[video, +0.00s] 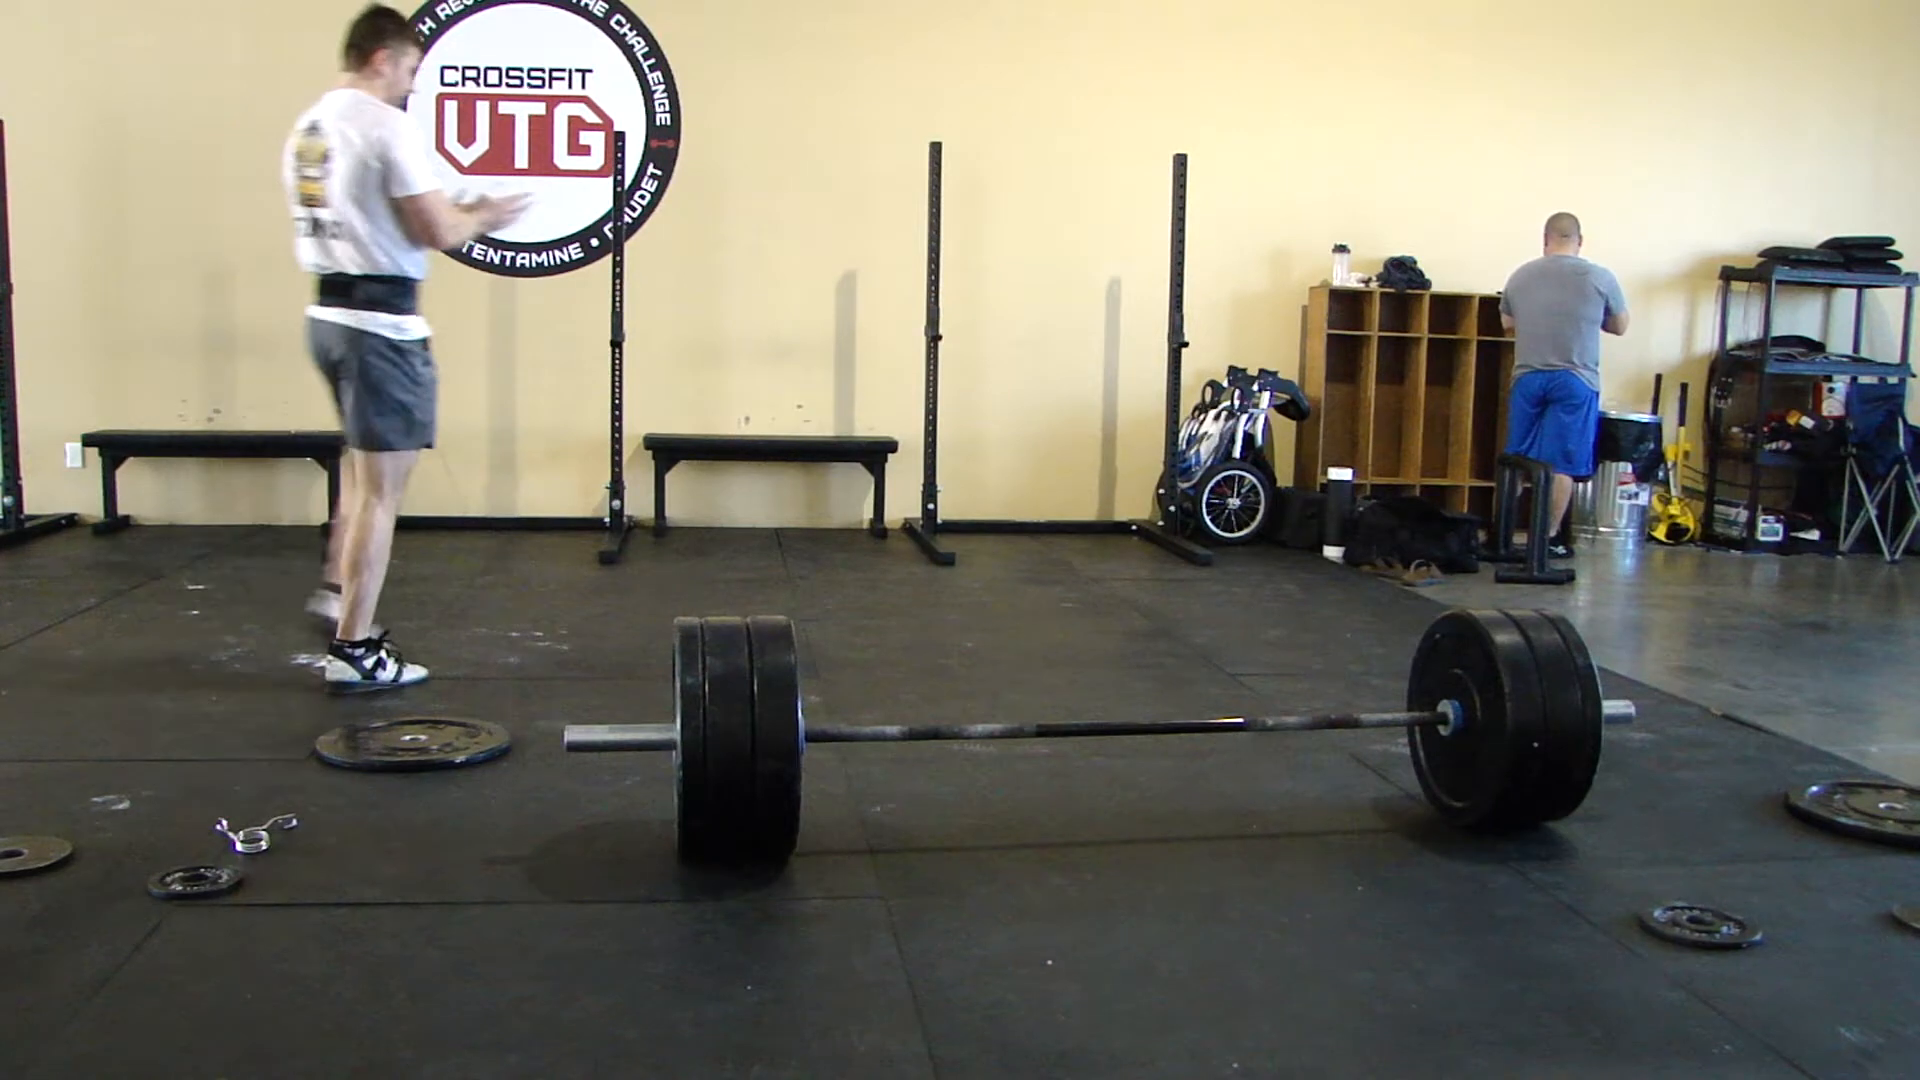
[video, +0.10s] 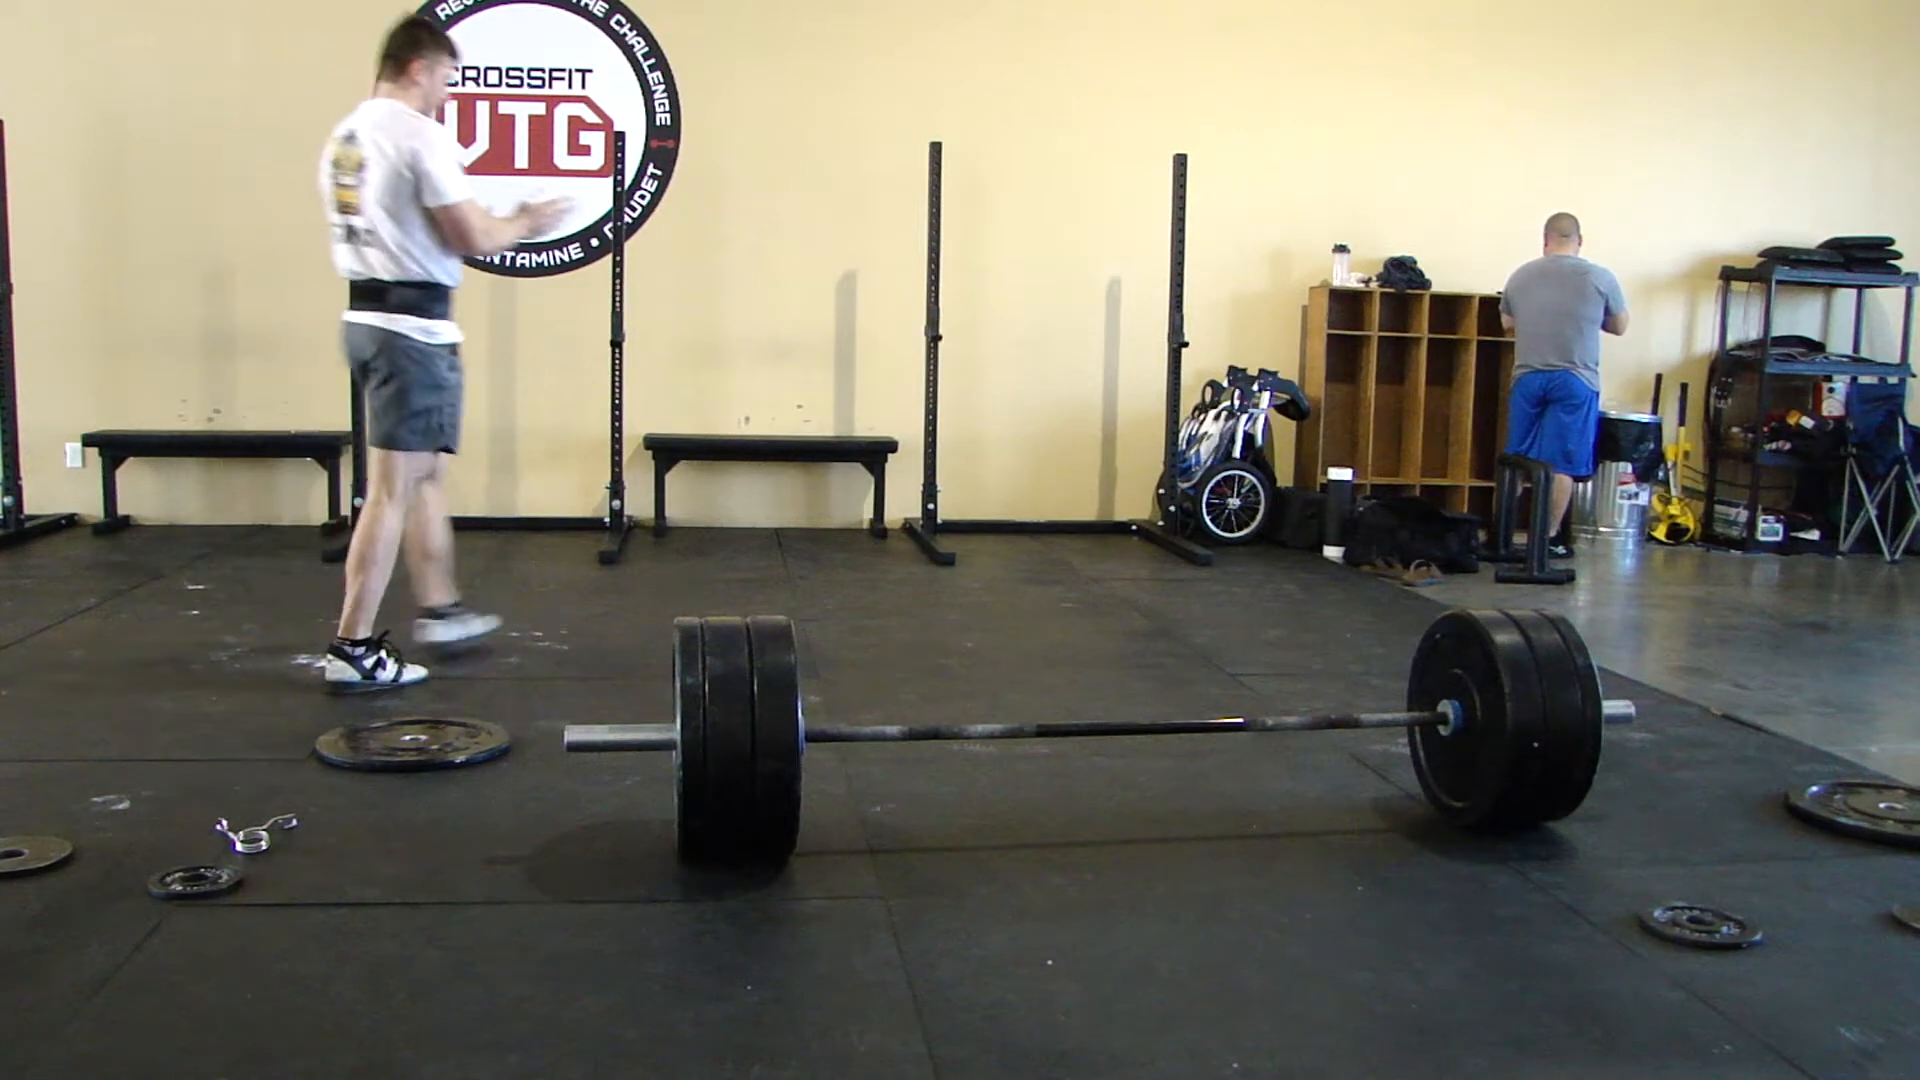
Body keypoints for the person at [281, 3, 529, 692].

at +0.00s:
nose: (413, 85)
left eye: (415, 72)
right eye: (411, 70)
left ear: (360, 58)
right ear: (383, 58)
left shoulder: (311, 122)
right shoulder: (383, 125)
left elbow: (367, 216)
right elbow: (435, 228)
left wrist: (458, 208)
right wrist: (487, 214)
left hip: (329, 324)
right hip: (383, 334)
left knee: (361, 465)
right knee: (380, 495)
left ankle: (336, 591)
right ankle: (357, 646)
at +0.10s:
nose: (449, 93)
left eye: (451, 80)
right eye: (446, 78)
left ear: (396, 70)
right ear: (416, 69)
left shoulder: (347, 132)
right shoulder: (416, 134)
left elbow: (394, 226)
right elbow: (471, 237)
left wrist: (492, 217)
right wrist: (528, 222)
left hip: (367, 327)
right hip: (413, 336)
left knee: (425, 476)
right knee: (388, 493)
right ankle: (353, 646)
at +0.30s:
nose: (519, 112)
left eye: (521, 100)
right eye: (516, 99)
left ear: (464, 94)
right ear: (487, 94)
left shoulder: (425, 152)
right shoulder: (484, 155)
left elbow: (462, 243)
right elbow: (537, 254)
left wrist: (545, 235)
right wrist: (578, 238)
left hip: (449, 338)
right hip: (483, 344)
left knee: (502, 481)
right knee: (463, 492)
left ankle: (530, 612)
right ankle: (373, 625)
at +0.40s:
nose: (552, 111)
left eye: (553, 99)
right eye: (545, 98)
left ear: (502, 95)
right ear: (508, 93)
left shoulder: (465, 148)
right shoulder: (517, 154)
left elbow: (516, 245)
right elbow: (561, 254)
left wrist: (581, 242)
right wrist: (604, 245)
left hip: (484, 335)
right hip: (522, 342)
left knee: (527, 477)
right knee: (548, 484)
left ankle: (532, 608)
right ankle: (422, 585)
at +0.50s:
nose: (581, 109)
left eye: (584, 98)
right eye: (573, 95)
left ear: (536, 93)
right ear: (536, 87)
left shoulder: (509, 140)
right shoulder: (539, 148)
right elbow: (579, 247)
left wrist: (605, 239)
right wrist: (636, 246)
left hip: (515, 328)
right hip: (553, 333)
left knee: (546, 470)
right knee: (606, 472)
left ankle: (534, 608)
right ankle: (493, 566)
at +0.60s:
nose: (612, 105)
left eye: (616, 95)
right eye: (604, 92)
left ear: (583, 93)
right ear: (565, 86)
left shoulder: (559, 144)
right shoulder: (561, 143)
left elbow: (587, 242)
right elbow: (583, 238)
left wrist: (653, 241)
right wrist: (643, 264)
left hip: (547, 324)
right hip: (583, 328)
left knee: (558, 461)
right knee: (650, 456)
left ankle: (535, 606)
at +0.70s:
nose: (644, 110)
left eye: (650, 99)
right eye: (633, 98)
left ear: (649, 99)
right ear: (597, 94)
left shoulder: (608, 156)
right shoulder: (587, 151)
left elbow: (619, 247)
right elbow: (585, 240)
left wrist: (684, 248)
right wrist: (650, 305)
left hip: (581, 323)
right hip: (609, 326)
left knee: (571, 462)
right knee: (672, 456)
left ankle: (535, 606)